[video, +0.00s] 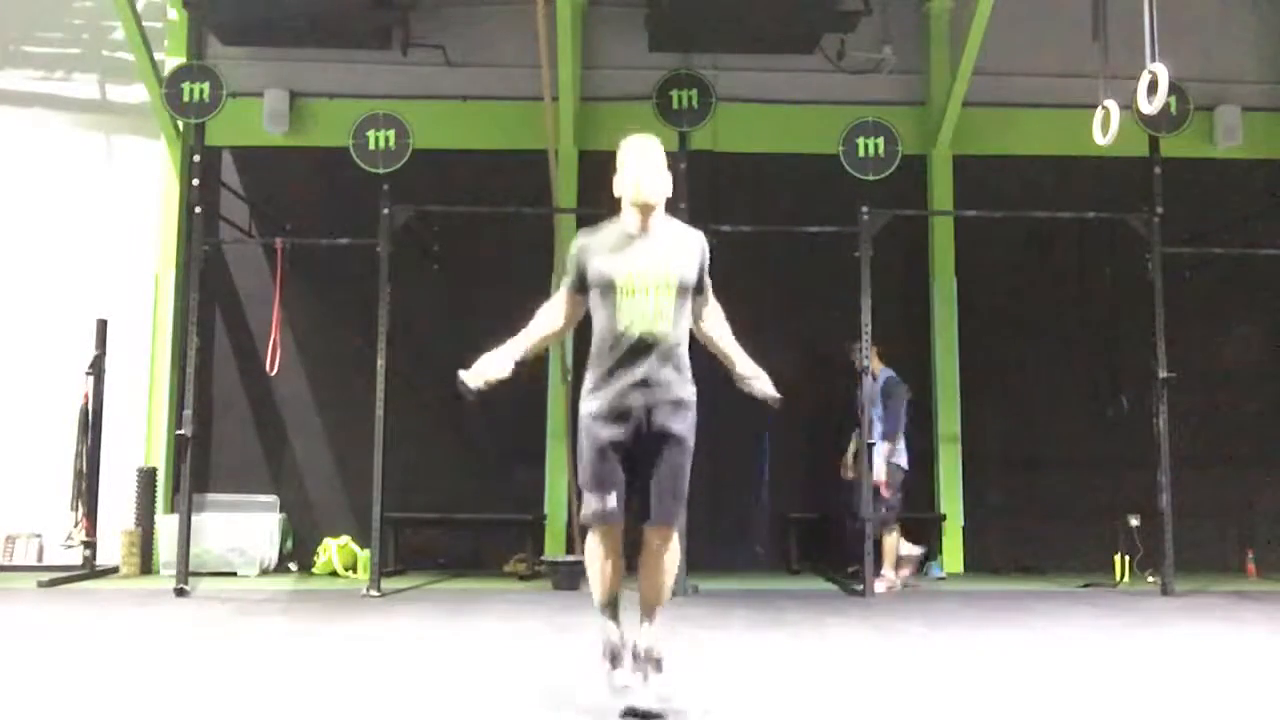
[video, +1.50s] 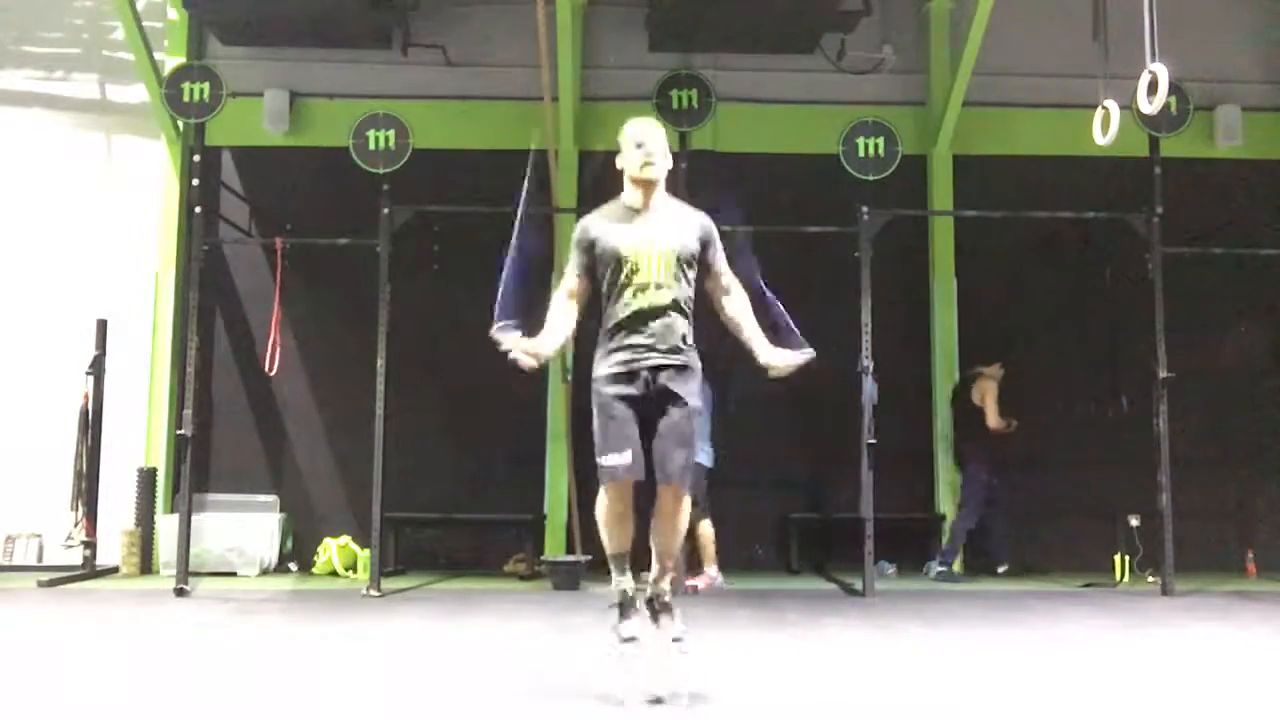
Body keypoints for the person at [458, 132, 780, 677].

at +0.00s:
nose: (645, 177)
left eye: (653, 168)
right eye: (635, 168)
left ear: (668, 178)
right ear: (618, 179)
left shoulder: (692, 244)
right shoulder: (589, 245)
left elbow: (705, 312)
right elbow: (563, 311)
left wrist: (745, 368)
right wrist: (505, 355)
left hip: (672, 399)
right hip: (605, 399)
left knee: (664, 524)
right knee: (603, 517)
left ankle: (649, 636)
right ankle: (608, 626)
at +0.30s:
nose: (644, 156)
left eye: (652, 148)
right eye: (634, 148)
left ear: (667, 160)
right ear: (617, 161)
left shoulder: (695, 227)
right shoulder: (590, 230)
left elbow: (723, 302)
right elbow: (560, 305)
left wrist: (765, 363)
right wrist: (516, 358)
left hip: (675, 375)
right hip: (611, 376)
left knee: (668, 498)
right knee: (611, 491)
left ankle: (655, 615)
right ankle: (611, 612)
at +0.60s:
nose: (650, 206)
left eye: (657, 197)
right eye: (639, 197)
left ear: (672, 207)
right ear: (620, 209)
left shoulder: (696, 272)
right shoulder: (593, 273)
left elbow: (716, 339)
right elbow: (561, 342)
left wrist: (767, 383)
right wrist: (508, 365)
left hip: (681, 425)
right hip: (616, 427)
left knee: (674, 545)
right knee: (623, 542)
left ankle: (661, 659)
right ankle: (624, 655)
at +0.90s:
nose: (647, 150)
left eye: (655, 142)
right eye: (637, 143)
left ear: (670, 158)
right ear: (620, 158)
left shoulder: (700, 226)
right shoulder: (594, 229)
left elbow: (727, 297)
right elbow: (566, 300)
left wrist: (765, 351)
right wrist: (529, 350)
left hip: (680, 370)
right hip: (616, 370)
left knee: (676, 486)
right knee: (618, 479)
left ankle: (662, 586)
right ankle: (621, 581)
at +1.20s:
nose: (651, 235)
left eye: (658, 225)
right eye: (640, 225)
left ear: (671, 232)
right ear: (621, 234)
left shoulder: (697, 298)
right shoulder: (595, 301)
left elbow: (723, 363)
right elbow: (562, 372)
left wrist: (786, 402)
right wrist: (504, 378)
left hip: (682, 447)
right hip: (617, 447)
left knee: (676, 565)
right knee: (624, 560)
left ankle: (662, 665)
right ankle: (626, 666)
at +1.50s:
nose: (648, 154)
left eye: (655, 147)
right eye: (637, 146)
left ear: (670, 159)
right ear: (619, 158)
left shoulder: (696, 224)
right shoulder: (593, 228)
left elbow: (727, 293)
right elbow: (571, 296)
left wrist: (764, 350)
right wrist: (544, 344)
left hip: (678, 364)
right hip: (616, 366)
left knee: (676, 477)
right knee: (618, 475)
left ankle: (662, 595)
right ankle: (623, 595)